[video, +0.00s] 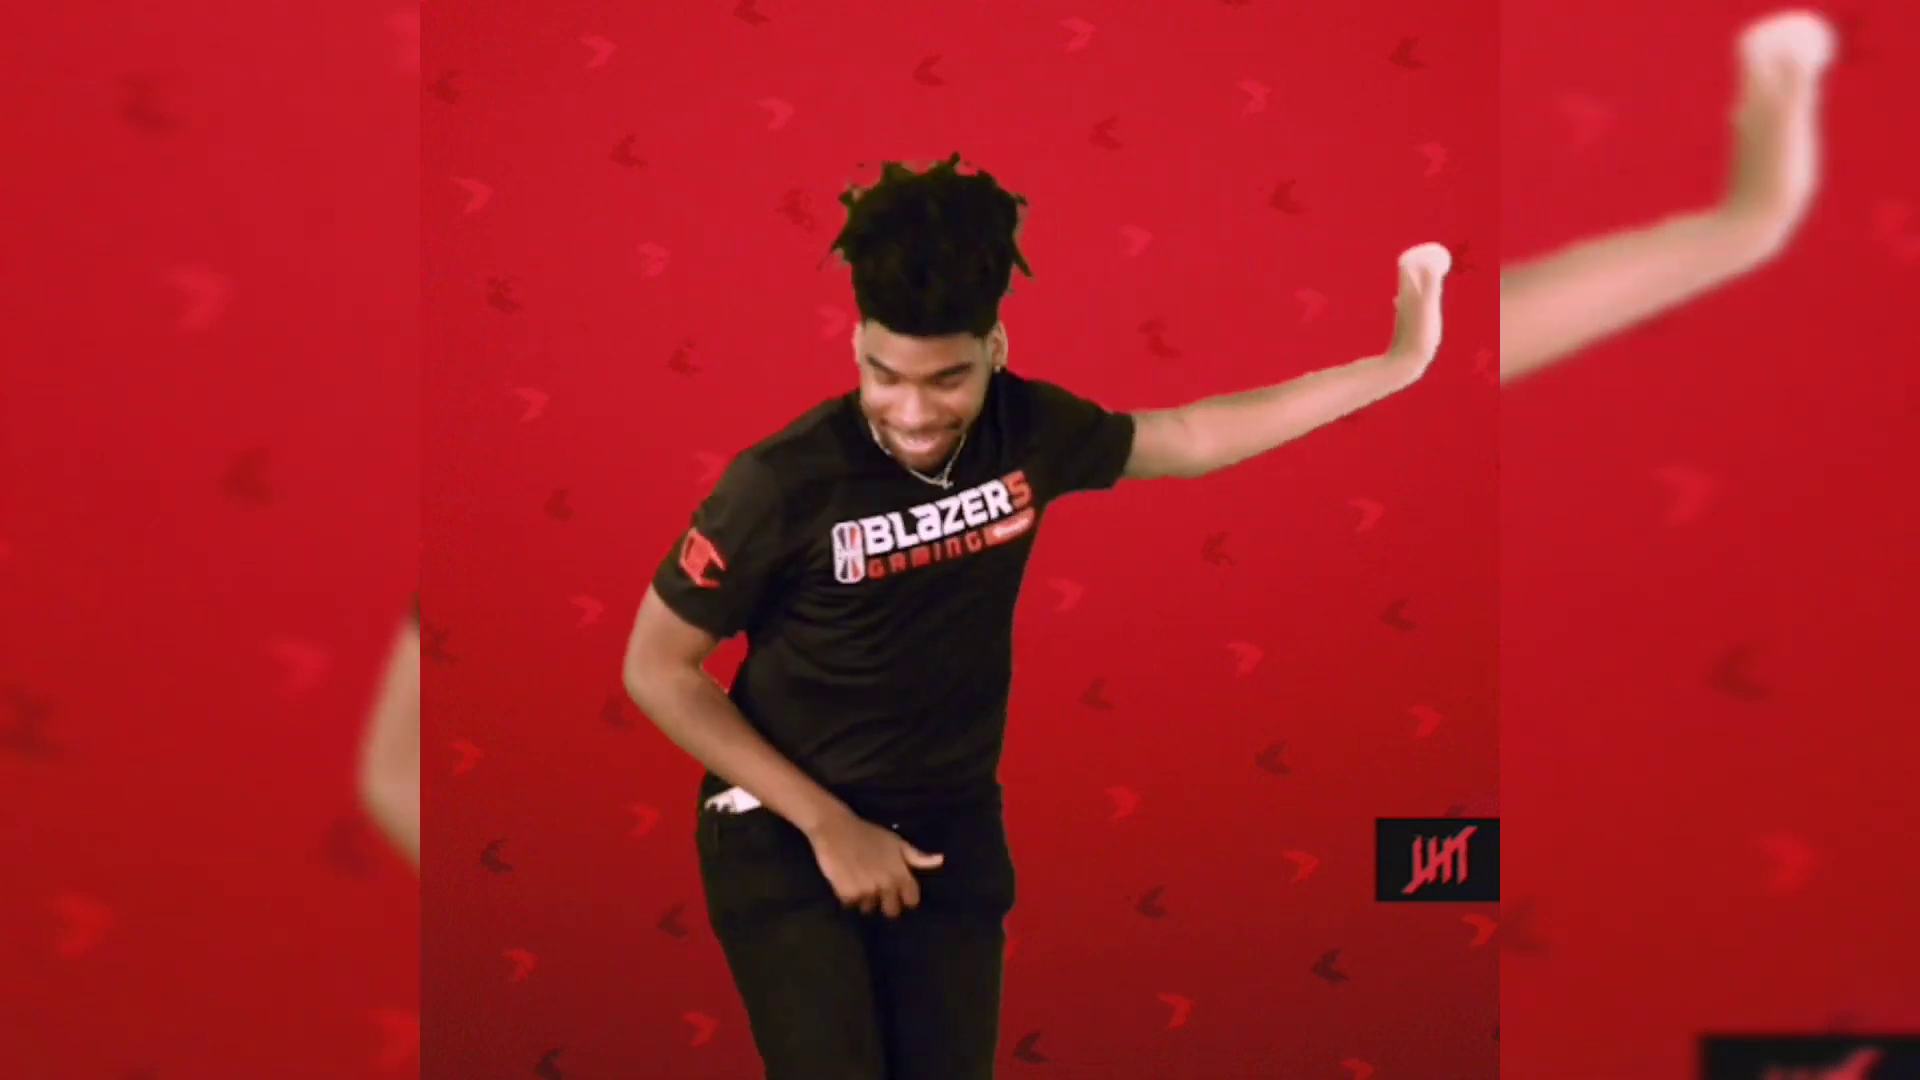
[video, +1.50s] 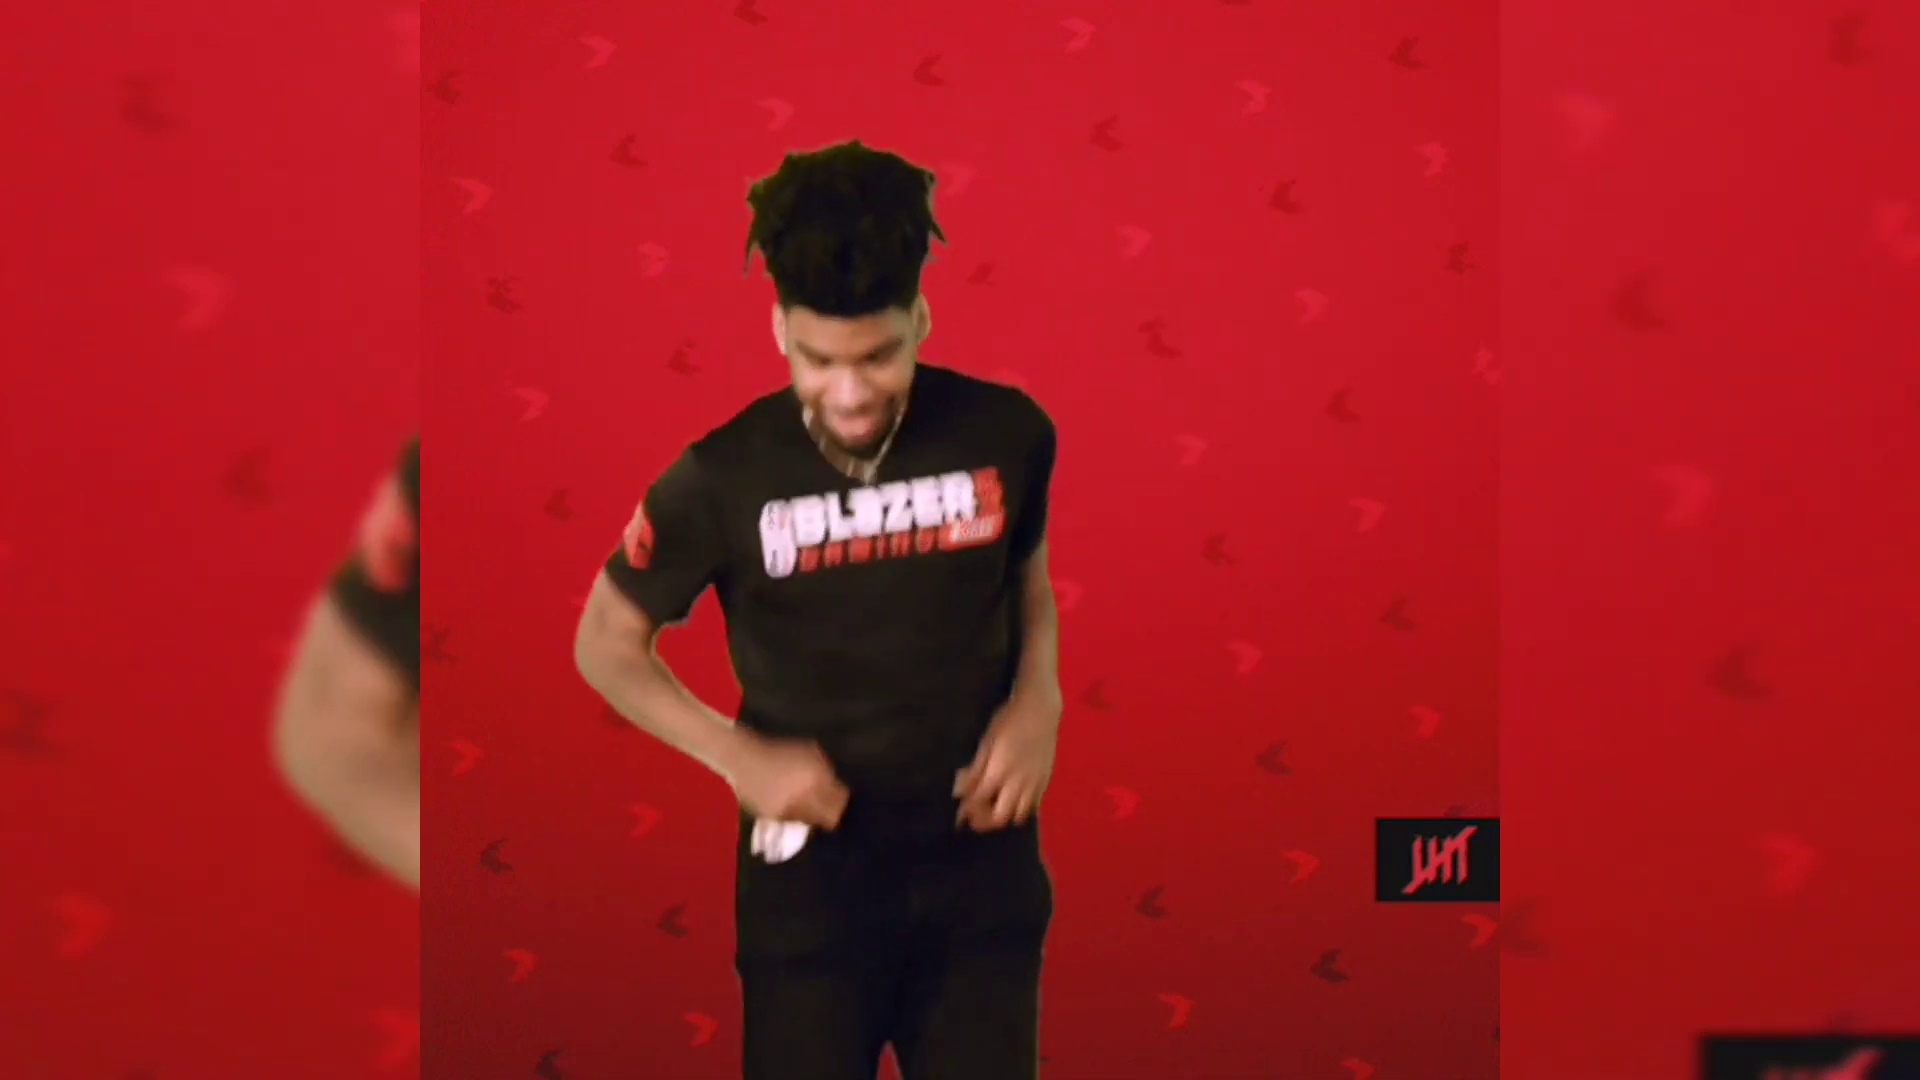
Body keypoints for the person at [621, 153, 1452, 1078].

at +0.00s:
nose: (914, 411)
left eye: (946, 377)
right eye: (885, 375)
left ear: (998, 340)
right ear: (853, 338)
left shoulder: (1034, 429)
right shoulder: (782, 484)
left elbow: (1192, 440)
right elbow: (653, 670)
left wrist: (1400, 365)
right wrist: (824, 817)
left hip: (950, 834)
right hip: (781, 839)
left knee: (954, 1061)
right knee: (837, 1059)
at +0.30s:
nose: (888, 460)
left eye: (917, 428)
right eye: (859, 428)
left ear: (964, 384)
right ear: (824, 384)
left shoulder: (1020, 484)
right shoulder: (744, 521)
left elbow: (1193, 569)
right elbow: (669, 702)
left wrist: (1417, 592)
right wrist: (818, 853)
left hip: (977, 879)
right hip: (800, 884)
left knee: (975, 1074)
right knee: (827, 1075)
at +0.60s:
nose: (827, 431)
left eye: (860, 401)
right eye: (800, 397)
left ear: (901, 365)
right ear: (764, 353)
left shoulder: (976, 480)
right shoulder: (697, 510)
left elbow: (1162, 613)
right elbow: (666, 719)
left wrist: (1386, 702)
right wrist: (761, 877)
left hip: (947, 871)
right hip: (777, 879)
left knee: (922, 1067)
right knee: (782, 1071)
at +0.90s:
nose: (978, 356)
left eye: (1010, 326)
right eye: (951, 320)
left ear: (1047, 286)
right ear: (902, 270)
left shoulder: (1095, 413)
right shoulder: (802, 382)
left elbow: (1132, 545)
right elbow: (729, 523)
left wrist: (1115, 578)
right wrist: (760, 653)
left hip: (1002, 813)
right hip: (826, 804)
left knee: (984, 1062)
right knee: (809, 1063)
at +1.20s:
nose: (922, 372)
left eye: (953, 343)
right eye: (894, 337)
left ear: (992, 301)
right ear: (846, 291)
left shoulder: (1047, 439)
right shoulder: (752, 419)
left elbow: (1083, 589)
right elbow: (684, 570)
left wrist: (1046, 682)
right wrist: (718, 690)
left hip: (962, 847)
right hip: (785, 843)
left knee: (944, 1063)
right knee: (781, 1062)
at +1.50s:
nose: (850, 390)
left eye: (877, 356)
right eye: (818, 358)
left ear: (922, 318)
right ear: (779, 324)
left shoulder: (1008, 438)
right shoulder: (720, 483)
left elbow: (1028, 582)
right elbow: (605, 643)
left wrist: (1037, 703)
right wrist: (740, 757)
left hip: (981, 873)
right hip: (810, 883)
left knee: (986, 1062)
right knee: (805, 1063)